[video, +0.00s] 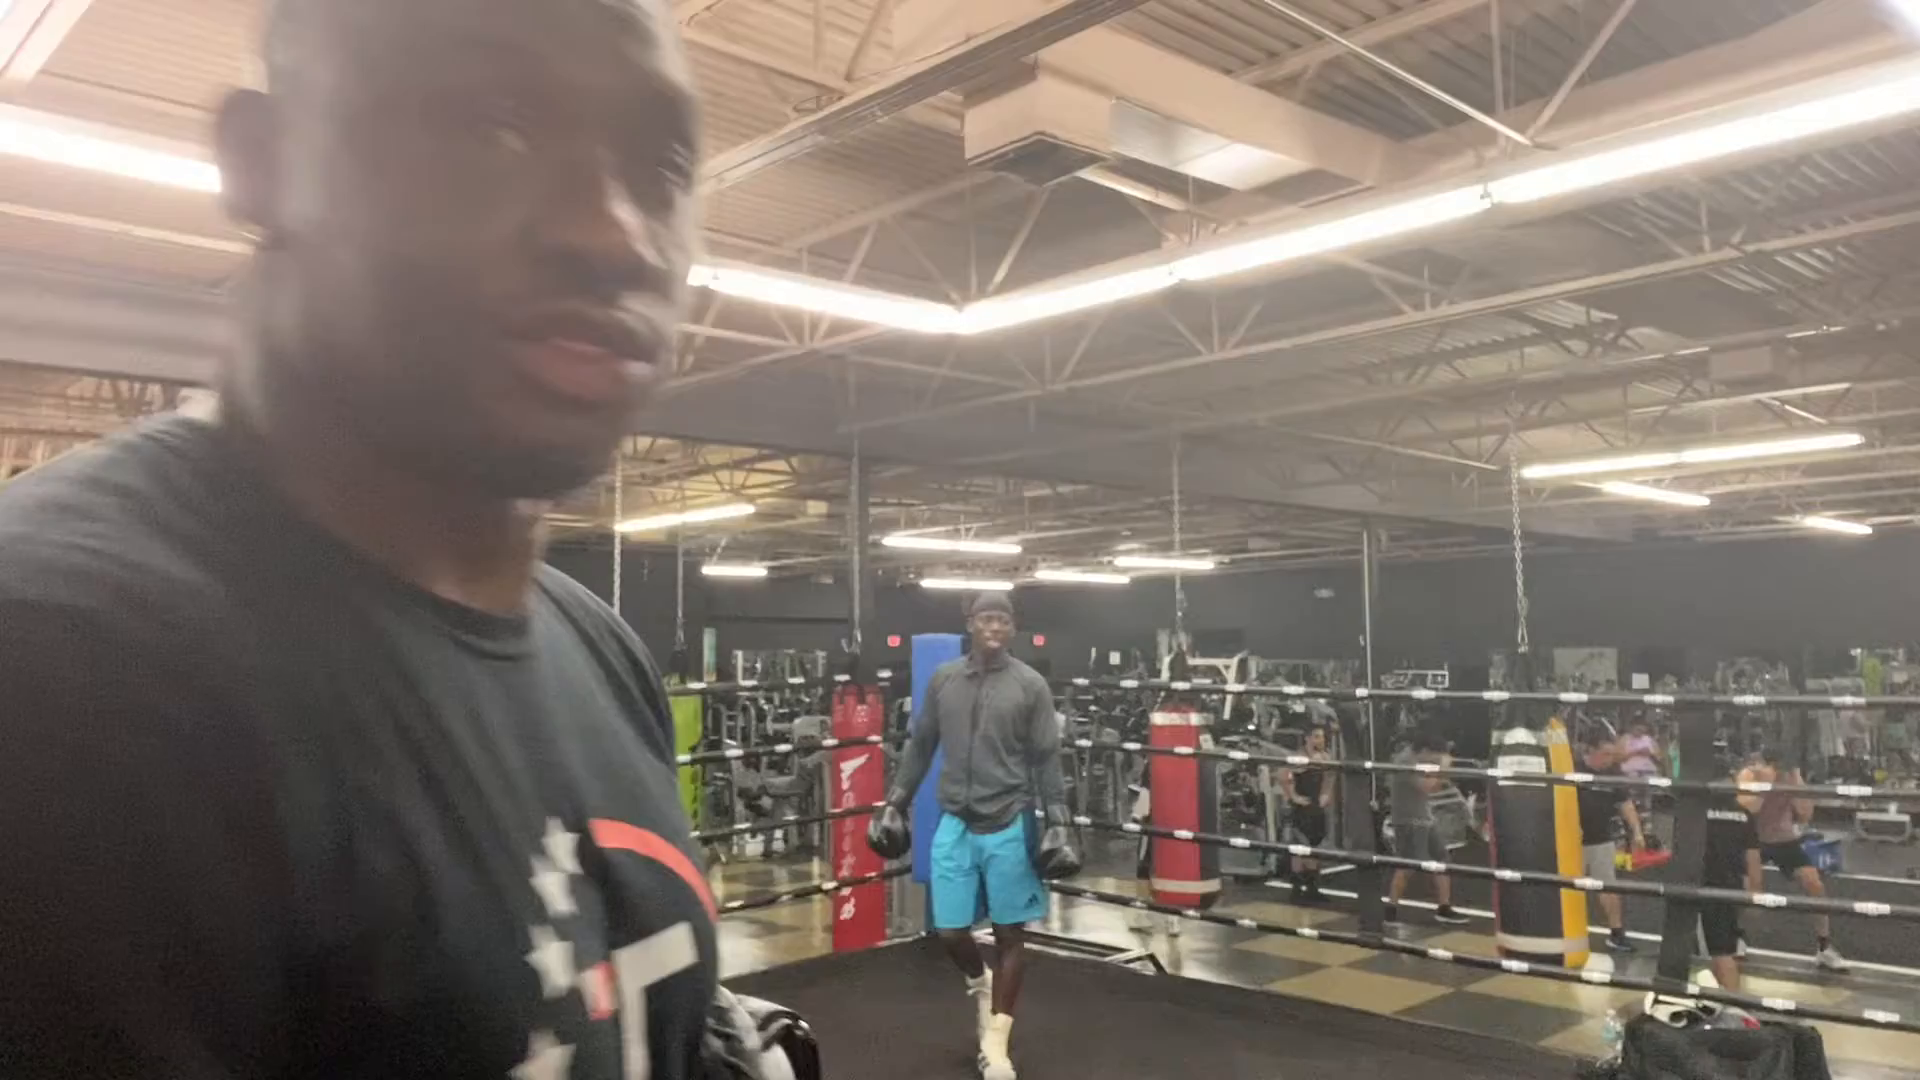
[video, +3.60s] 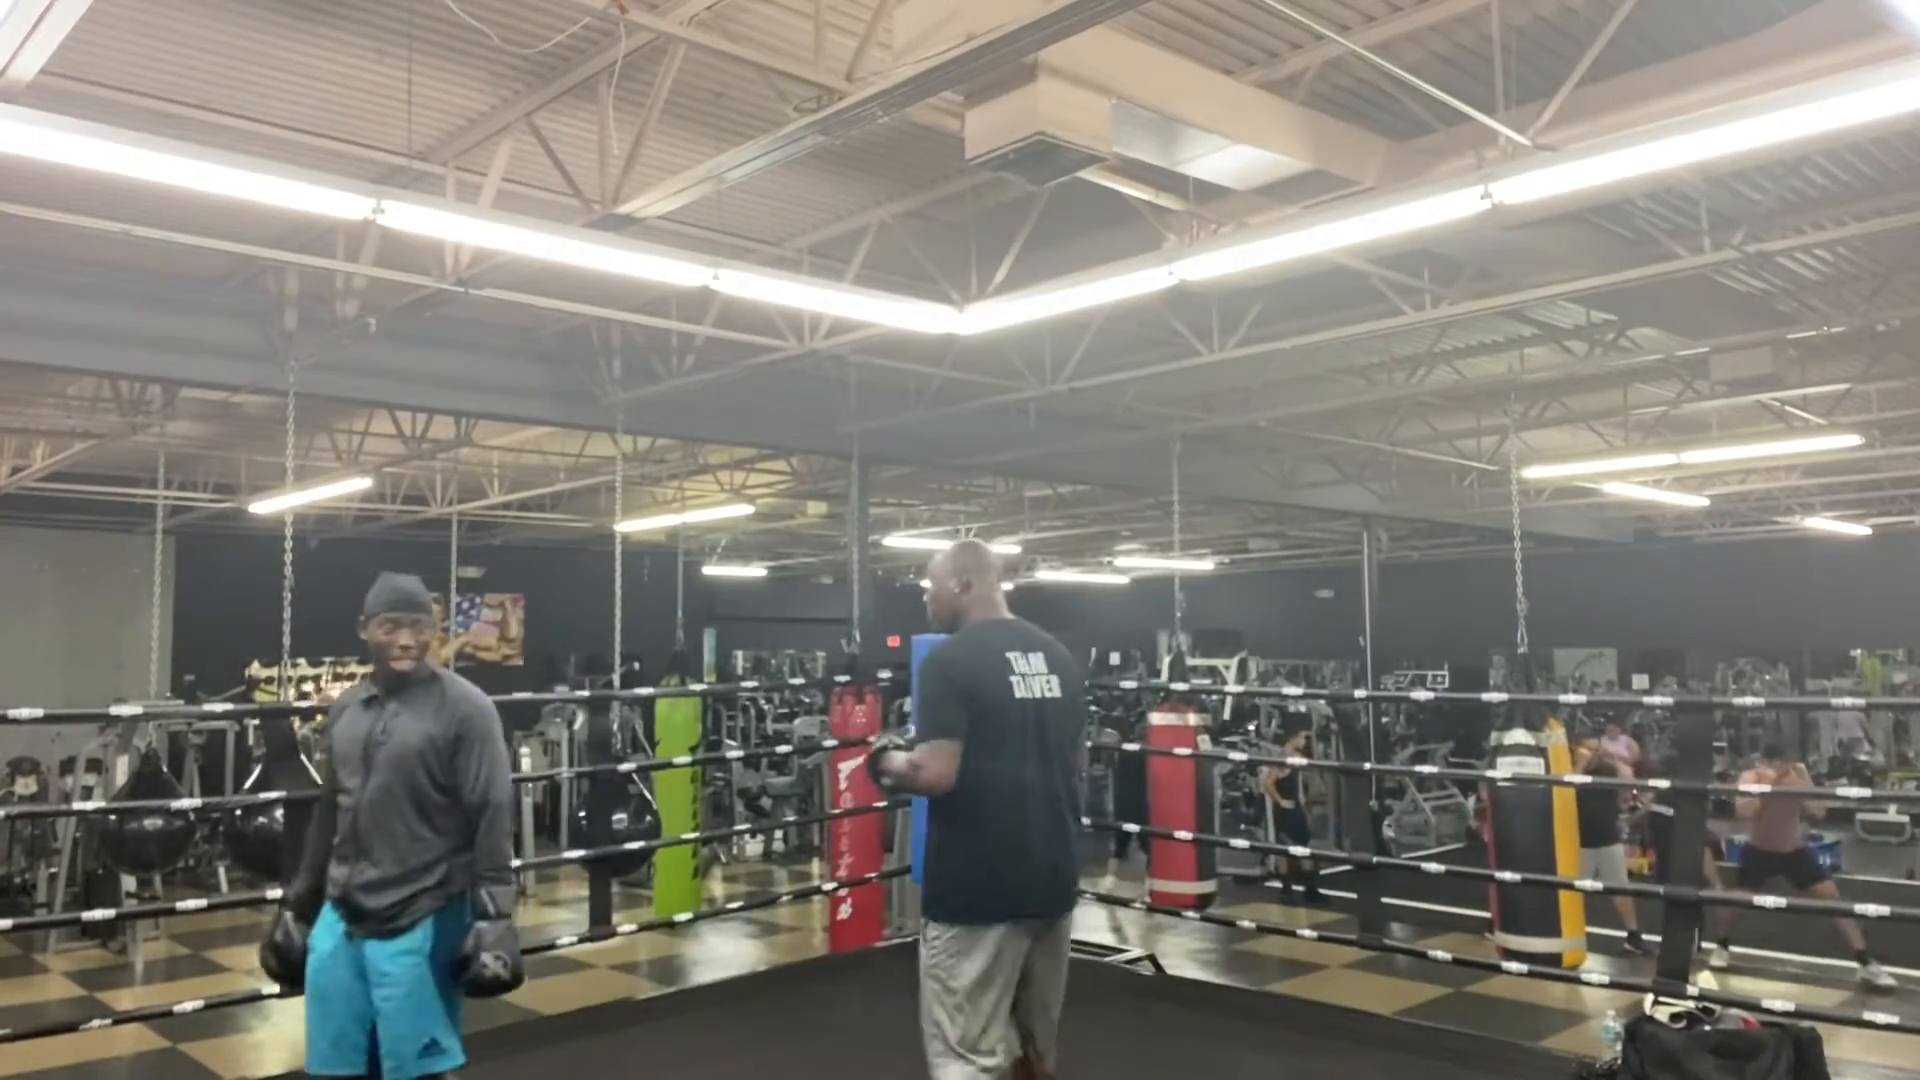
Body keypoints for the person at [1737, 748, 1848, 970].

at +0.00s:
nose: (1772, 771)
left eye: (1776, 766)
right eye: (1767, 766)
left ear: (1782, 764)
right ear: (1757, 763)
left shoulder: (1791, 774)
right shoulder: (1748, 775)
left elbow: (1805, 813)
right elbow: (1749, 807)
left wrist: (1794, 784)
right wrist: (1766, 784)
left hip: (1786, 840)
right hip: (1754, 841)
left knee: (1814, 884)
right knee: (1750, 887)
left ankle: (1824, 946)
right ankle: (1738, 936)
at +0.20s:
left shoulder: (1798, 783)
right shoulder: (1758, 768)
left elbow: (1806, 813)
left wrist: (1809, 776)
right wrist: (1793, 770)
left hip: (1783, 841)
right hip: (1752, 840)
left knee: (1813, 882)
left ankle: (1825, 947)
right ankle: (1732, 932)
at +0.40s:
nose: (1819, 776)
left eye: (1821, 773)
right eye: (1818, 772)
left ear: (1811, 772)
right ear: (1809, 768)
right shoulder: (1787, 776)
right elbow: (1814, 814)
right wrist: (1821, 784)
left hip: (1779, 845)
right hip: (1754, 844)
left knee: (1813, 883)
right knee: (1752, 898)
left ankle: (1825, 947)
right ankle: (1732, 937)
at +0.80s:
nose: (1802, 767)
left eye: (1806, 765)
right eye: (1799, 762)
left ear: (1806, 767)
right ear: (1789, 757)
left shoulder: (1798, 778)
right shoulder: (1766, 768)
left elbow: (1801, 807)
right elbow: (1784, 793)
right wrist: (1802, 770)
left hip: (1777, 839)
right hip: (1746, 838)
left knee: (1810, 883)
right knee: (1743, 893)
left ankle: (1823, 946)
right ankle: (1730, 938)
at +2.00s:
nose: (1786, 749)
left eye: (1791, 745)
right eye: (1782, 744)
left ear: (1796, 743)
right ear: (1772, 741)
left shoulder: (1799, 761)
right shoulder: (1750, 760)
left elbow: (1806, 794)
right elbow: (1747, 788)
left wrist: (1795, 770)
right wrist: (1770, 762)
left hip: (1779, 839)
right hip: (1746, 837)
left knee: (1808, 888)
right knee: (1735, 891)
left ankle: (1823, 948)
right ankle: (1716, 944)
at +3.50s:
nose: (1763, 760)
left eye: (1767, 754)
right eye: (1757, 754)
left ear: (1774, 752)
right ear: (1748, 753)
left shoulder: (1786, 768)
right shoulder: (1738, 773)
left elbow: (1806, 806)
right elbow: (1735, 807)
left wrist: (1785, 782)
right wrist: (1757, 782)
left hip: (1782, 847)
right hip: (1744, 847)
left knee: (1819, 894)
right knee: (1733, 898)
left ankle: (1838, 957)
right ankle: (1721, 946)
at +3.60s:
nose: (1780, 767)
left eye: (1785, 761)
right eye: (1774, 762)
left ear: (1790, 759)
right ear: (1764, 759)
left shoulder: (1798, 772)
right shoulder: (1751, 776)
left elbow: (1818, 811)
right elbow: (1743, 811)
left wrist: (1797, 786)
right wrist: (1772, 787)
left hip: (1796, 854)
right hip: (1758, 853)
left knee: (1833, 901)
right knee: (1739, 901)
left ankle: (1866, 963)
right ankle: (1721, 946)